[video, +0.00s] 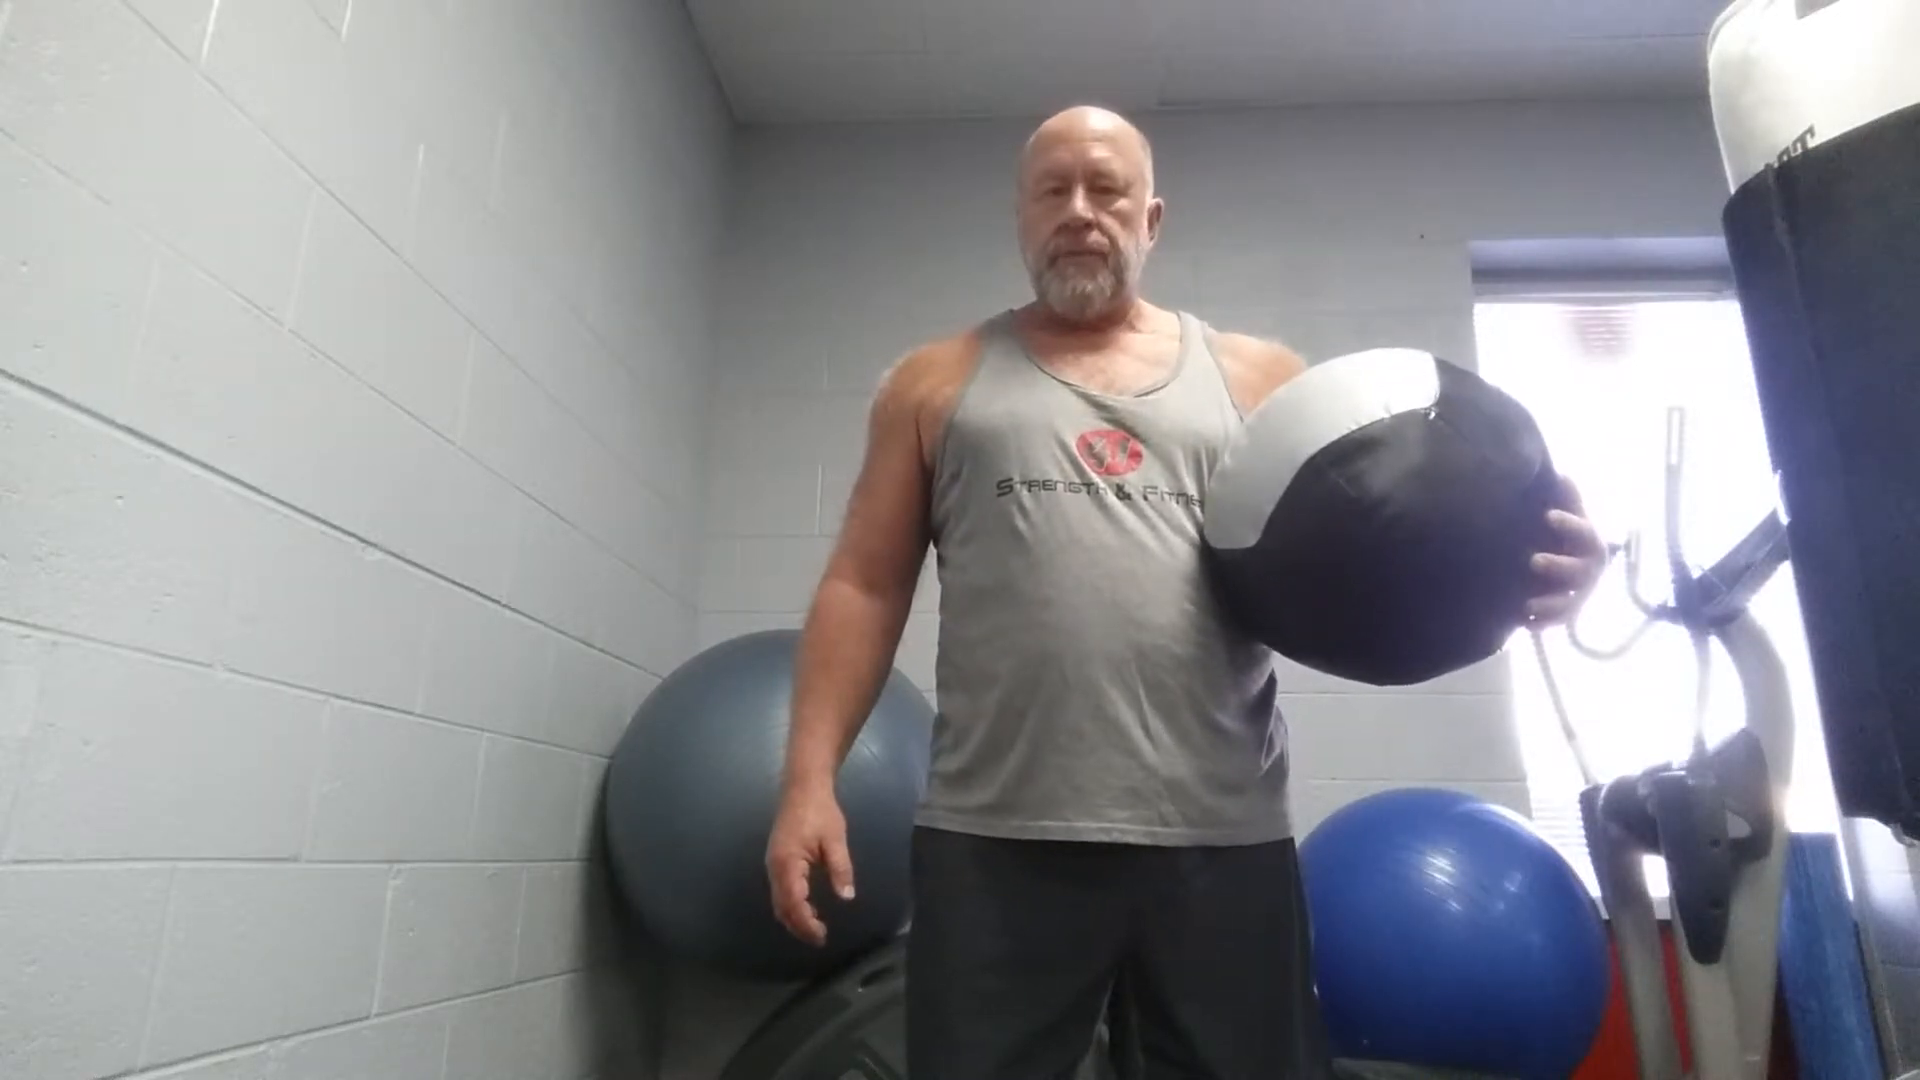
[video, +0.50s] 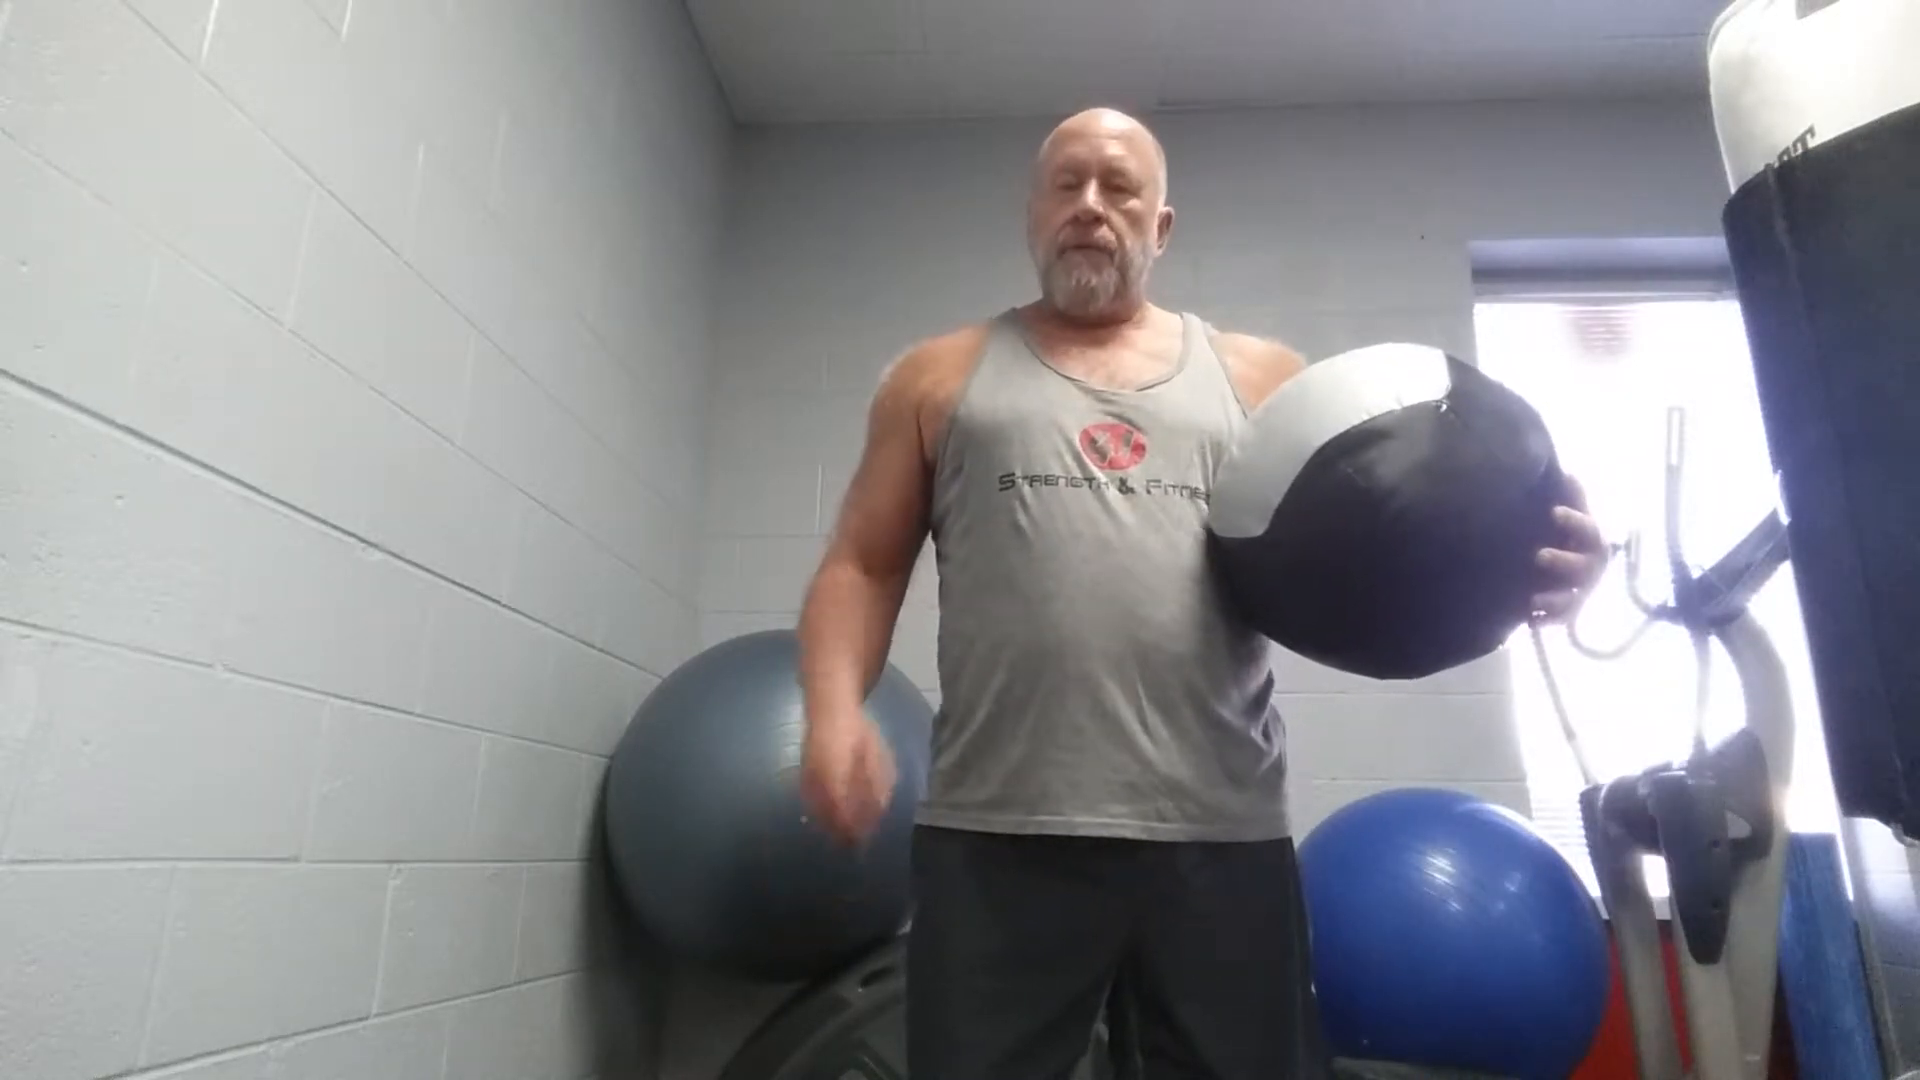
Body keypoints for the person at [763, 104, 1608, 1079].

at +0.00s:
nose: (1080, 212)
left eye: (1107, 190)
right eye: (1054, 190)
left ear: (1152, 215)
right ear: (1018, 215)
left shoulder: (1257, 375)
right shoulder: (936, 384)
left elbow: (1402, 533)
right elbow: (865, 583)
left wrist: (1543, 566)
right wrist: (808, 780)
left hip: (1223, 849)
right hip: (993, 848)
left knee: (1252, 1067)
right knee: (976, 1066)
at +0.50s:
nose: (1091, 206)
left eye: (1120, 187)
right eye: (1066, 184)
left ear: (1162, 222)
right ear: (1028, 213)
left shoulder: (1256, 374)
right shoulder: (938, 377)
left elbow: (1404, 521)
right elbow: (864, 564)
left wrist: (1545, 558)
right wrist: (832, 714)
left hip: (1222, 844)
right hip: (995, 843)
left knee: (1250, 1067)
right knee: (976, 1068)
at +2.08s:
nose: (1057, 205)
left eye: (1085, 181)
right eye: (1030, 186)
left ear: (1135, 208)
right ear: (1000, 218)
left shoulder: (1249, 365)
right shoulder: (924, 385)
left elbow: (1390, 530)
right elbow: (846, 608)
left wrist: (1543, 556)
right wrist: (893, 547)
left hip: (1223, 847)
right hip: (995, 846)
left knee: (1247, 1078)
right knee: (975, 1076)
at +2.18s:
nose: (1047, 209)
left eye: (1074, 183)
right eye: (1020, 188)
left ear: (1124, 209)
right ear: (992, 218)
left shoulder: (1245, 364)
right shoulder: (923, 386)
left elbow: (1392, 524)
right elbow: (845, 612)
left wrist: (1543, 553)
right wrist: (886, 537)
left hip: (1224, 843)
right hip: (996, 844)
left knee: (1247, 1076)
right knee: (976, 1076)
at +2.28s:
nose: (1040, 207)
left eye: (1068, 182)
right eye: (1014, 187)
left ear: (1119, 209)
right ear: (987, 218)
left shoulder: (1242, 364)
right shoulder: (919, 389)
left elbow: (1393, 517)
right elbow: (839, 616)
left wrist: (1539, 545)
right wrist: (879, 557)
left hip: (1223, 842)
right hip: (995, 845)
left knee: (1245, 1075)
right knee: (977, 1074)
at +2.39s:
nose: (1037, 206)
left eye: (1065, 181)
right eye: (1011, 185)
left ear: (1117, 210)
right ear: (985, 218)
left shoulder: (1240, 364)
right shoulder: (916, 390)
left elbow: (1391, 507)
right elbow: (836, 616)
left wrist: (1538, 539)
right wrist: (878, 563)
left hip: (1222, 844)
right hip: (993, 846)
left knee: (1246, 1073)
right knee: (975, 1072)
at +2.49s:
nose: (1036, 205)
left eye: (1064, 182)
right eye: (1011, 185)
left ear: (1116, 211)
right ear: (984, 216)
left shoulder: (1238, 364)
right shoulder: (914, 390)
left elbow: (1386, 507)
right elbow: (835, 615)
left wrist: (1531, 538)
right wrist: (878, 561)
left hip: (1218, 841)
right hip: (990, 844)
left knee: (1244, 1071)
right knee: (971, 1069)